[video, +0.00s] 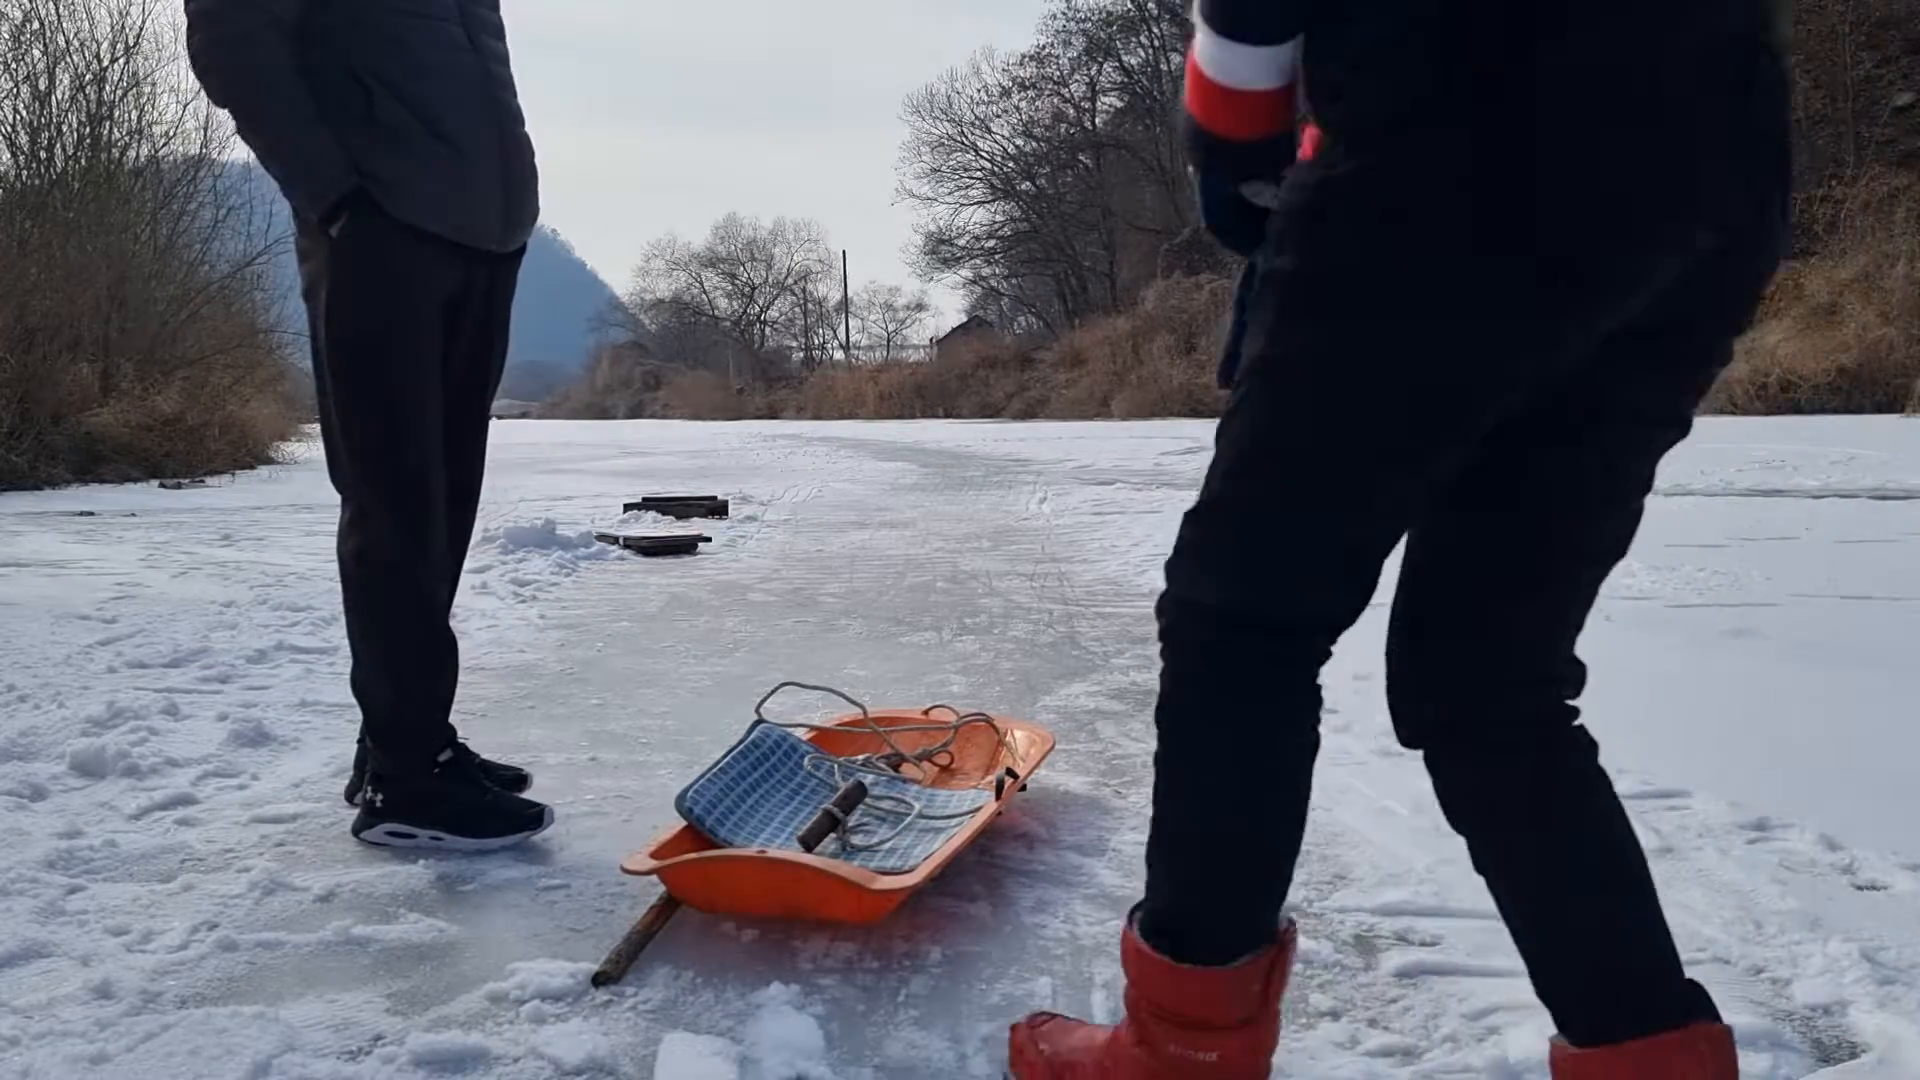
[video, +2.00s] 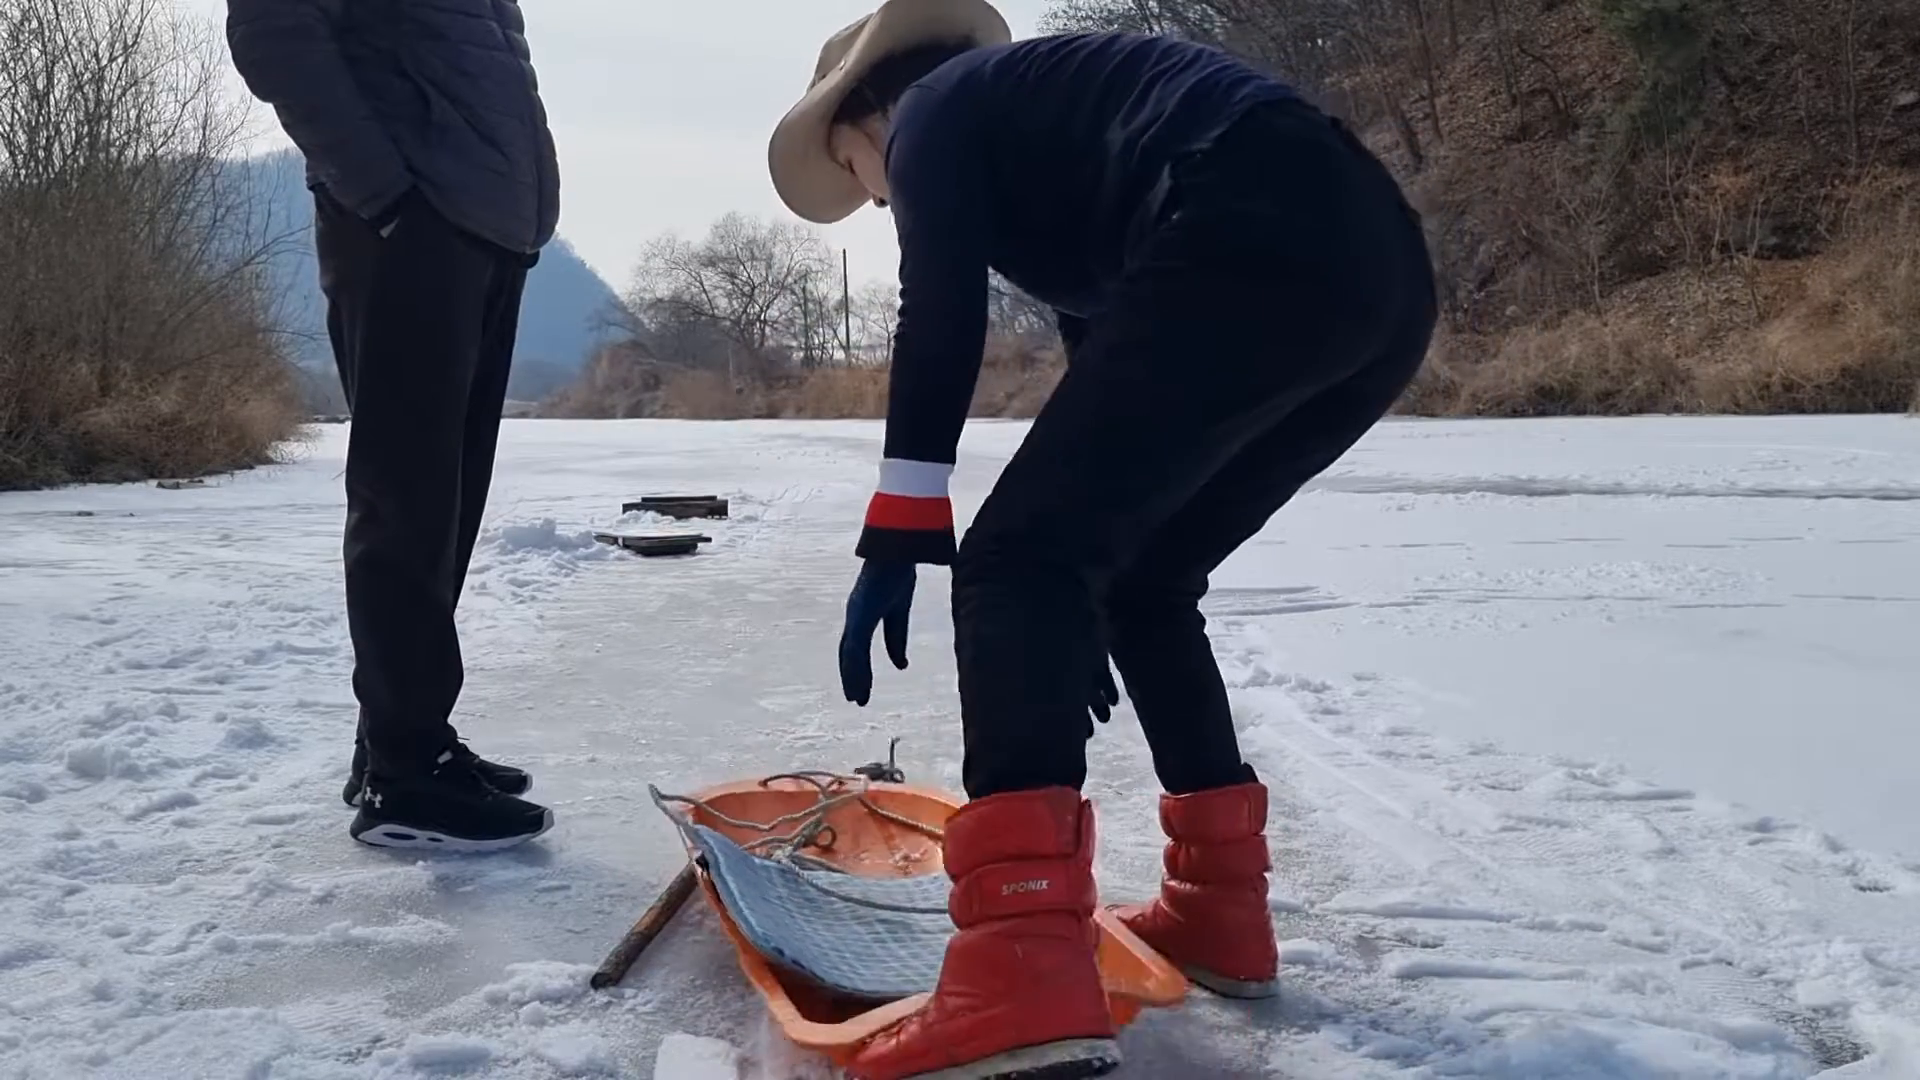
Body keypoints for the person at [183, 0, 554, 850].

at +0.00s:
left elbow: (476, 35)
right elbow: (227, 33)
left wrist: (506, 182)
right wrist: (334, 197)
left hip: (483, 222)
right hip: (378, 218)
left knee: (444, 501)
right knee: (394, 502)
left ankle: (413, 747)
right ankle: (402, 776)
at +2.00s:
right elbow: (271, 31)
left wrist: (516, 193)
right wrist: (383, 192)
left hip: (487, 224)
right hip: (407, 216)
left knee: (446, 497)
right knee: (404, 496)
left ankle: (416, 747)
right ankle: (400, 771)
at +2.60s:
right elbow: (274, 31)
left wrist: (513, 198)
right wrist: (388, 197)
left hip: (487, 229)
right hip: (410, 221)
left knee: (446, 499)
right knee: (405, 498)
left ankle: (415, 750)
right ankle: (400, 772)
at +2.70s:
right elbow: (275, 32)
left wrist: (513, 200)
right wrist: (388, 196)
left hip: (486, 228)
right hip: (409, 220)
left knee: (446, 498)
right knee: (405, 497)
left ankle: (416, 749)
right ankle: (400, 771)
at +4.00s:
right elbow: (269, 33)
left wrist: (515, 202)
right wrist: (387, 199)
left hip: (485, 235)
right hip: (410, 224)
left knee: (445, 502)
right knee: (404, 501)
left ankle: (416, 745)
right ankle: (400, 770)